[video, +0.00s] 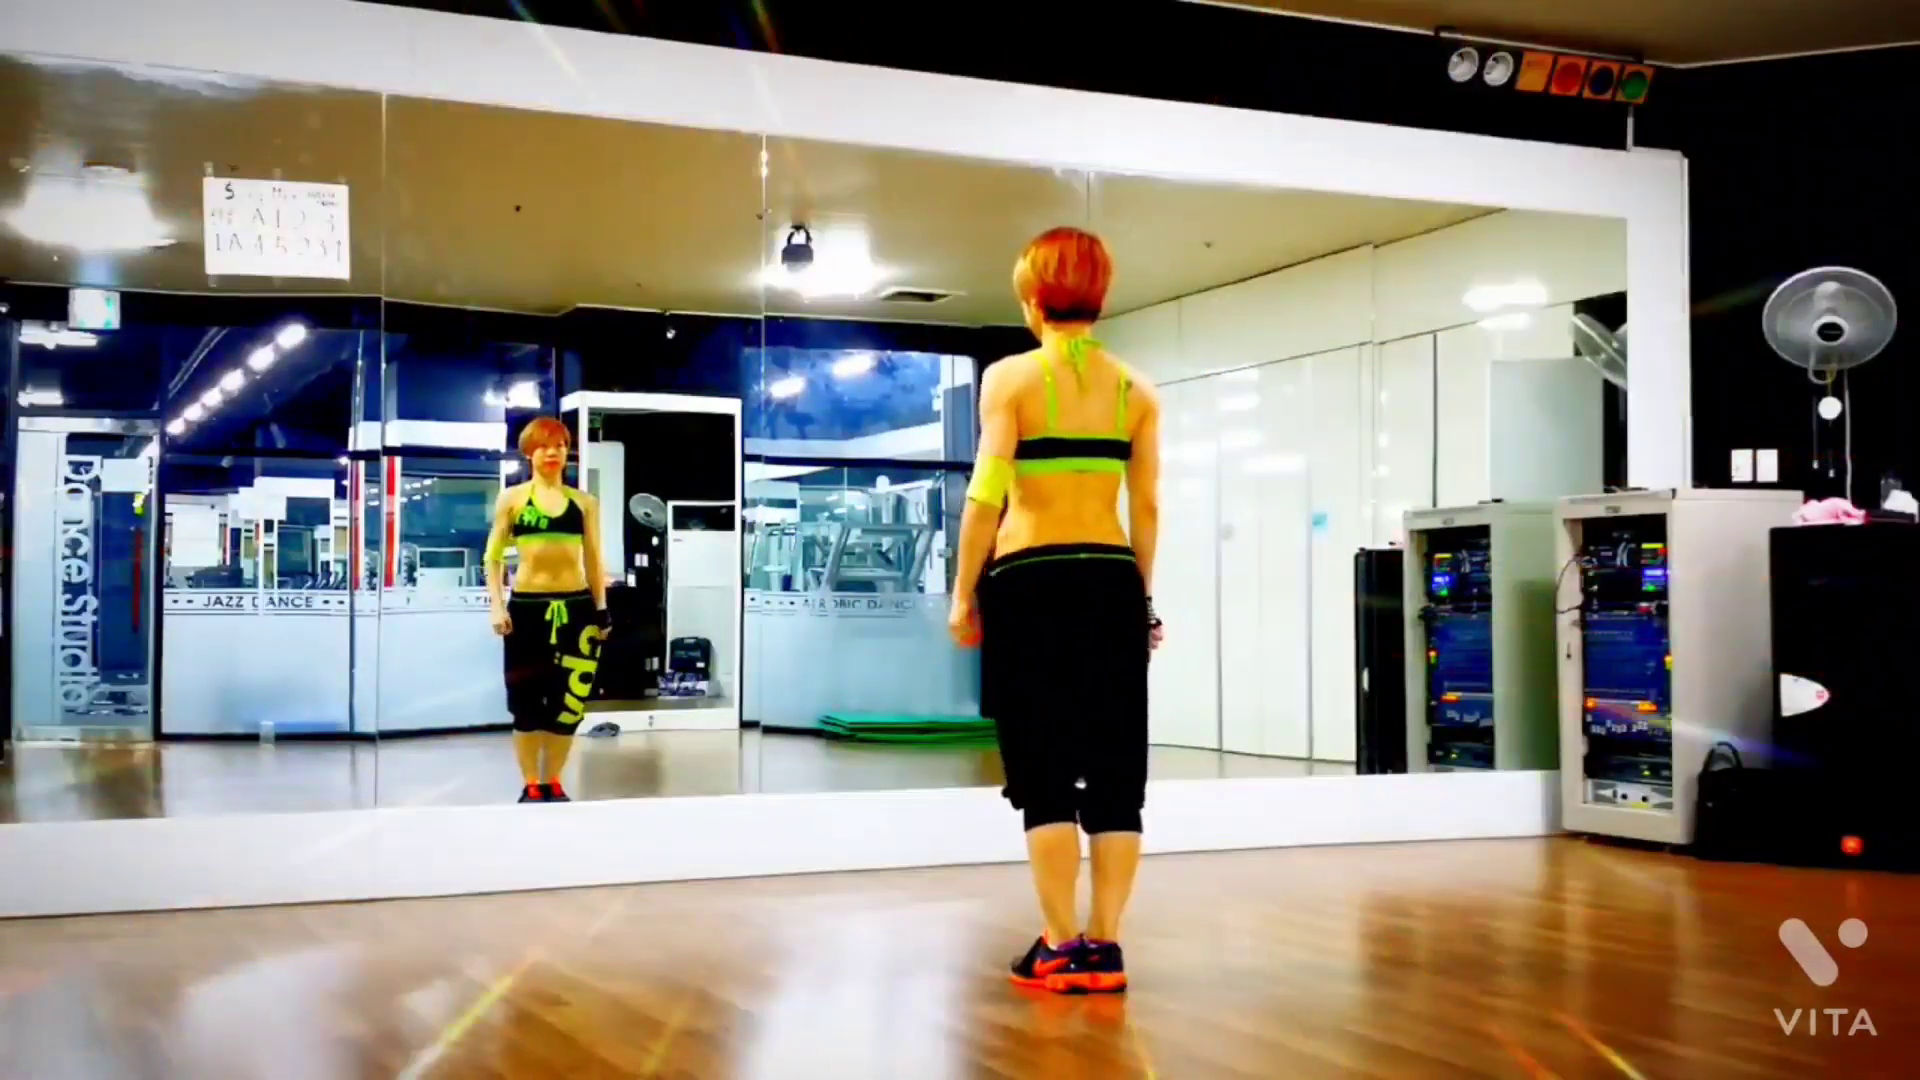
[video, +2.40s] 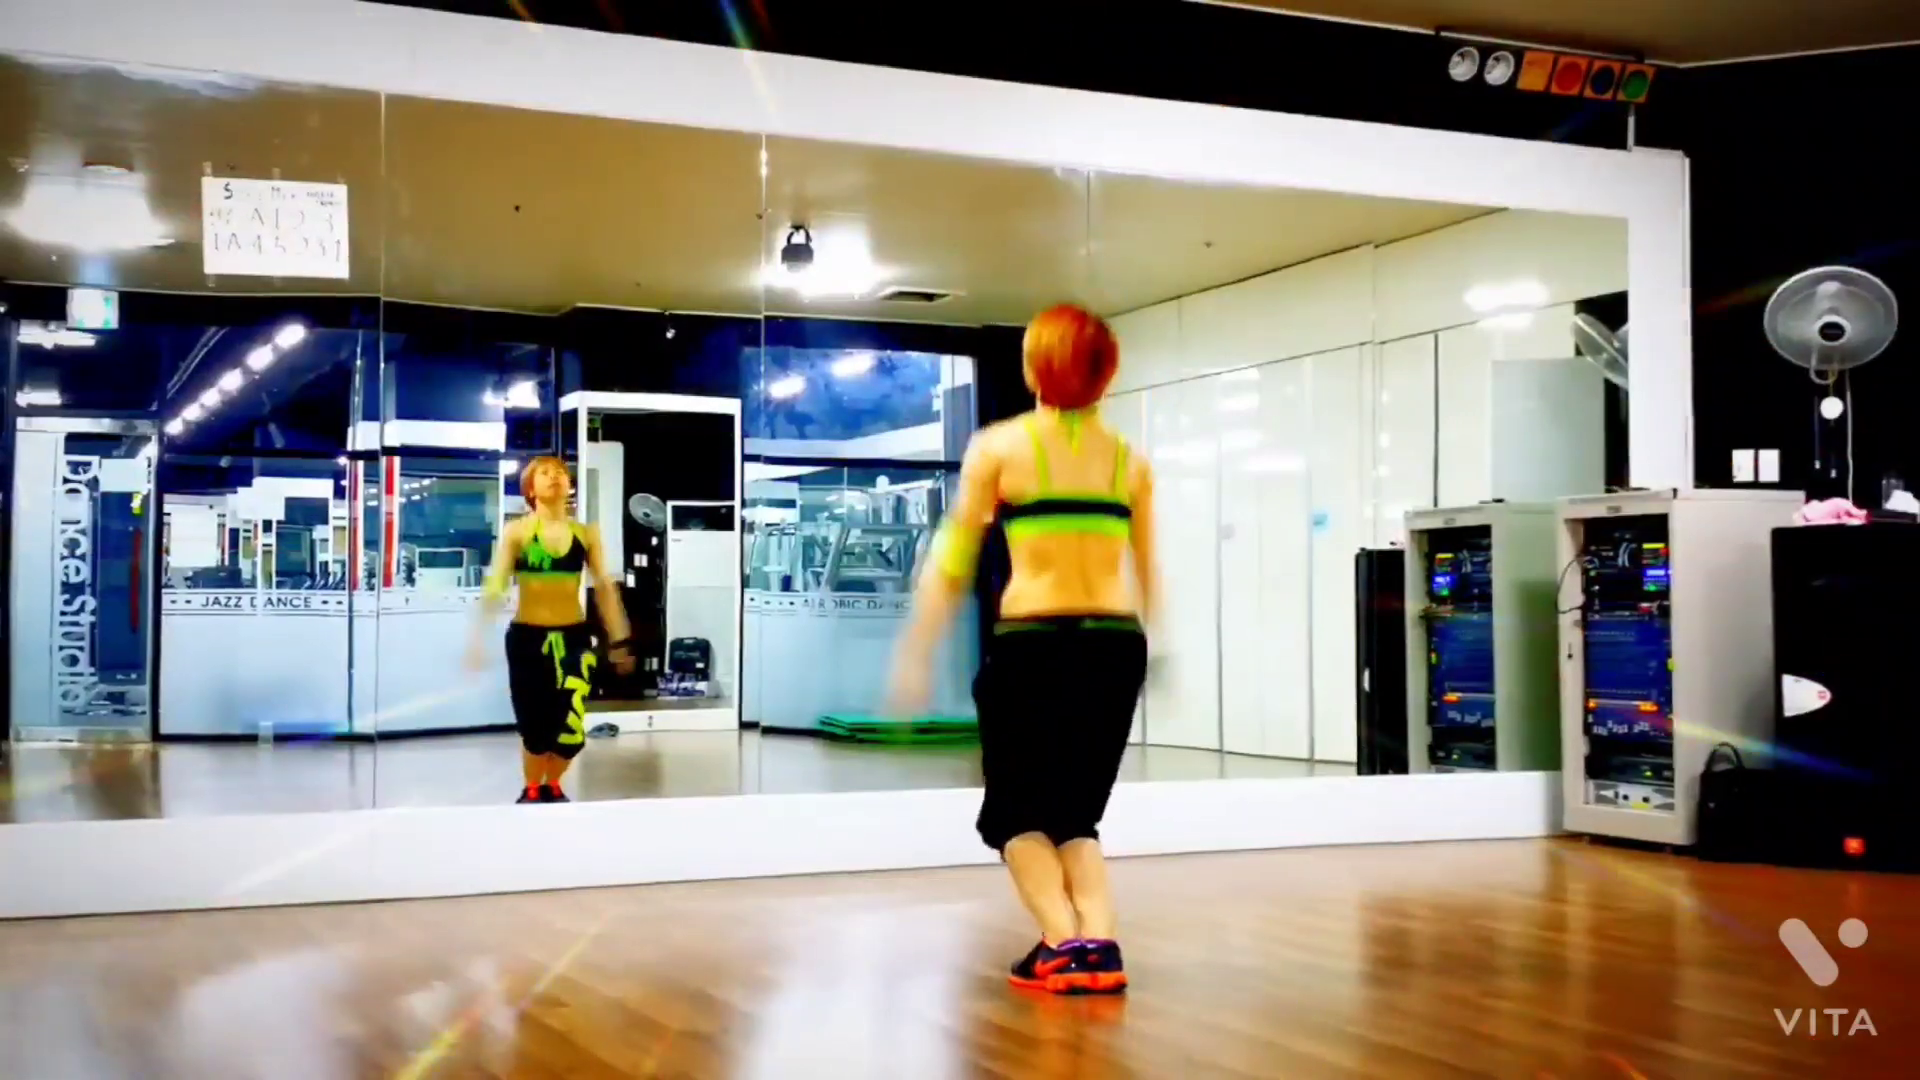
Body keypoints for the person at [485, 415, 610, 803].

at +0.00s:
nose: (552, 454)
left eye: (558, 446)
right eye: (543, 447)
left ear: (566, 452)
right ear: (530, 453)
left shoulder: (585, 502)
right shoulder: (512, 498)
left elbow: (594, 560)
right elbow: (493, 557)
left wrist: (600, 608)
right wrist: (498, 606)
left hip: (576, 607)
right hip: (527, 607)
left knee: (570, 700)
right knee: (528, 701)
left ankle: (552, 780)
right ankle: (531, 784)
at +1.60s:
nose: (560, 465)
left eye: (566, 457)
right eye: (551, 459)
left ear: (573, 458)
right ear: (535, 461)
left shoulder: (586, 496)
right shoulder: (519, 496)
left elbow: (611, 531)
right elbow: (525, 545)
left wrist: (577, 542)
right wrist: (557, 585)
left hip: (580, 603)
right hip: (533, 604)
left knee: (570, 697)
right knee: (532, 698)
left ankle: (553, 783)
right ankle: (531, 785)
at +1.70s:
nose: (561, 465)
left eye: (566, 458)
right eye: (552, 459)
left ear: (574, 459)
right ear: (537, 461)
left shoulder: (583, 496)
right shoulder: (520, 490)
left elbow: (611, 485)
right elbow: (524, 513)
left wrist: (566, 488)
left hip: (581, 602)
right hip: (533, 602)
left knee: (571, 700)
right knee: (531, 700)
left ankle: (553, 783)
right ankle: (531, 785)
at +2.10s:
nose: (554, 461)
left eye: (559, 454)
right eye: (546, 456)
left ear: (568, 458)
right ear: (531, 463)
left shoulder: (585, 499)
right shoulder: (521, 501)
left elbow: (590, 518)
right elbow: (549, 518)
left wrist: (577, 482)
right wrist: (566, 487)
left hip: (576, 608)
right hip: (530, 609)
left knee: (570, 708)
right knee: (537, 706)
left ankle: (553, 782)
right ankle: (532, 785)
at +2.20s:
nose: (554, 485)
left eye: (559, 478)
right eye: (545, 479)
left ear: (568, 488)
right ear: (531, 493)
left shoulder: (586, 537)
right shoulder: (521, 533)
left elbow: (583, 579)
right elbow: (537, 577)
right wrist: (570, 588)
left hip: (573, 640)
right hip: (529, 641)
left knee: (572, 733)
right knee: (540, 728)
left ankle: (552, 783)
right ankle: (532, 787)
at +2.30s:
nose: (556, 488)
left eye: (561, 483)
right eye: (547, 484)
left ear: (571, 494)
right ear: (532, 498)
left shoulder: (587, 543)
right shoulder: (519, 542)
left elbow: (591, 596)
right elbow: (521, 602)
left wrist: (589, 638)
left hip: (572, 637)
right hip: (529, 638)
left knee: (573, 729)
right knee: (538, 722)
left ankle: (553, 783)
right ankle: (532, 786)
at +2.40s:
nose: (554, 478)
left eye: (560, 472)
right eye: (545, 473)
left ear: (569, 484)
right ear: (531, 487)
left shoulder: (586, 534)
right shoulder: (516, 531)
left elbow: (604, 587)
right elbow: (494, 589)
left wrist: (619, 639)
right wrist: (479, 641)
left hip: (574, 637)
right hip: (528, 637)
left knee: (572, 730)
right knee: (536, 725)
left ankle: (551, 784)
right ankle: (531, 789)